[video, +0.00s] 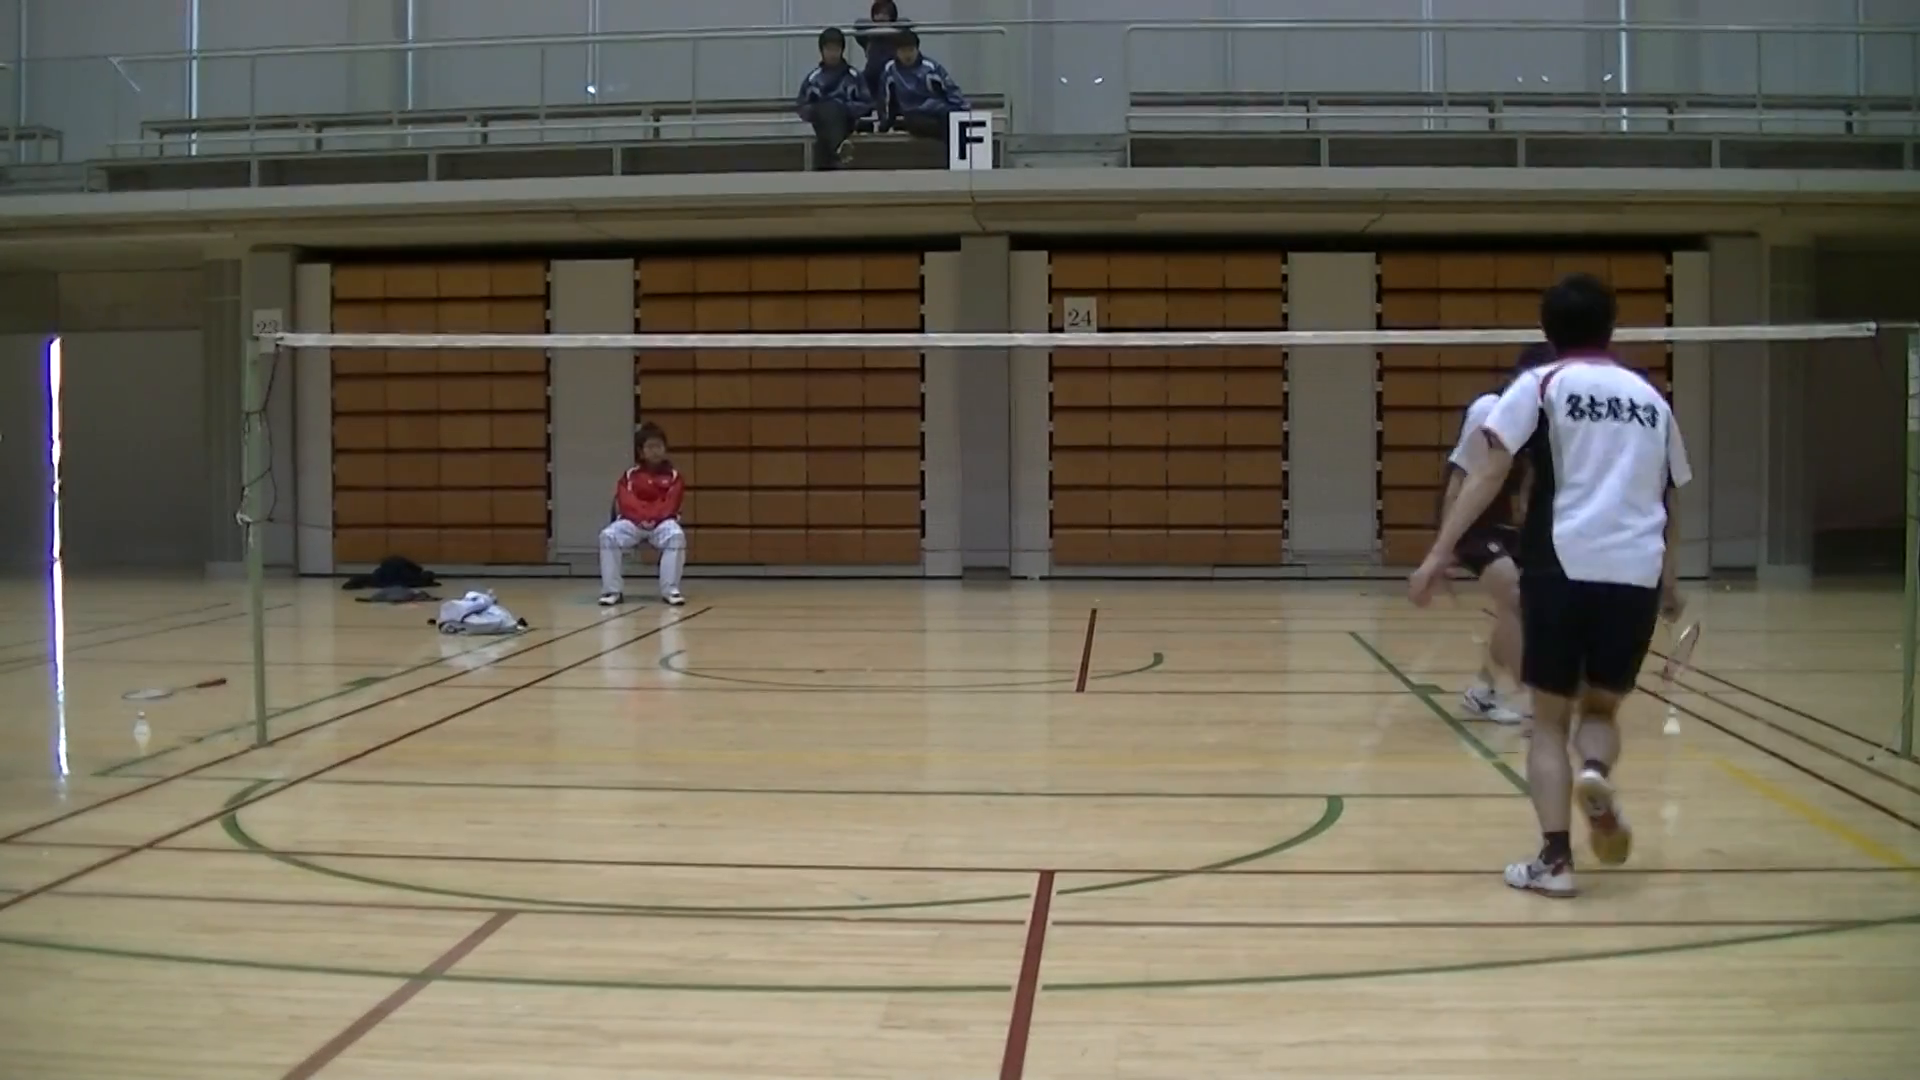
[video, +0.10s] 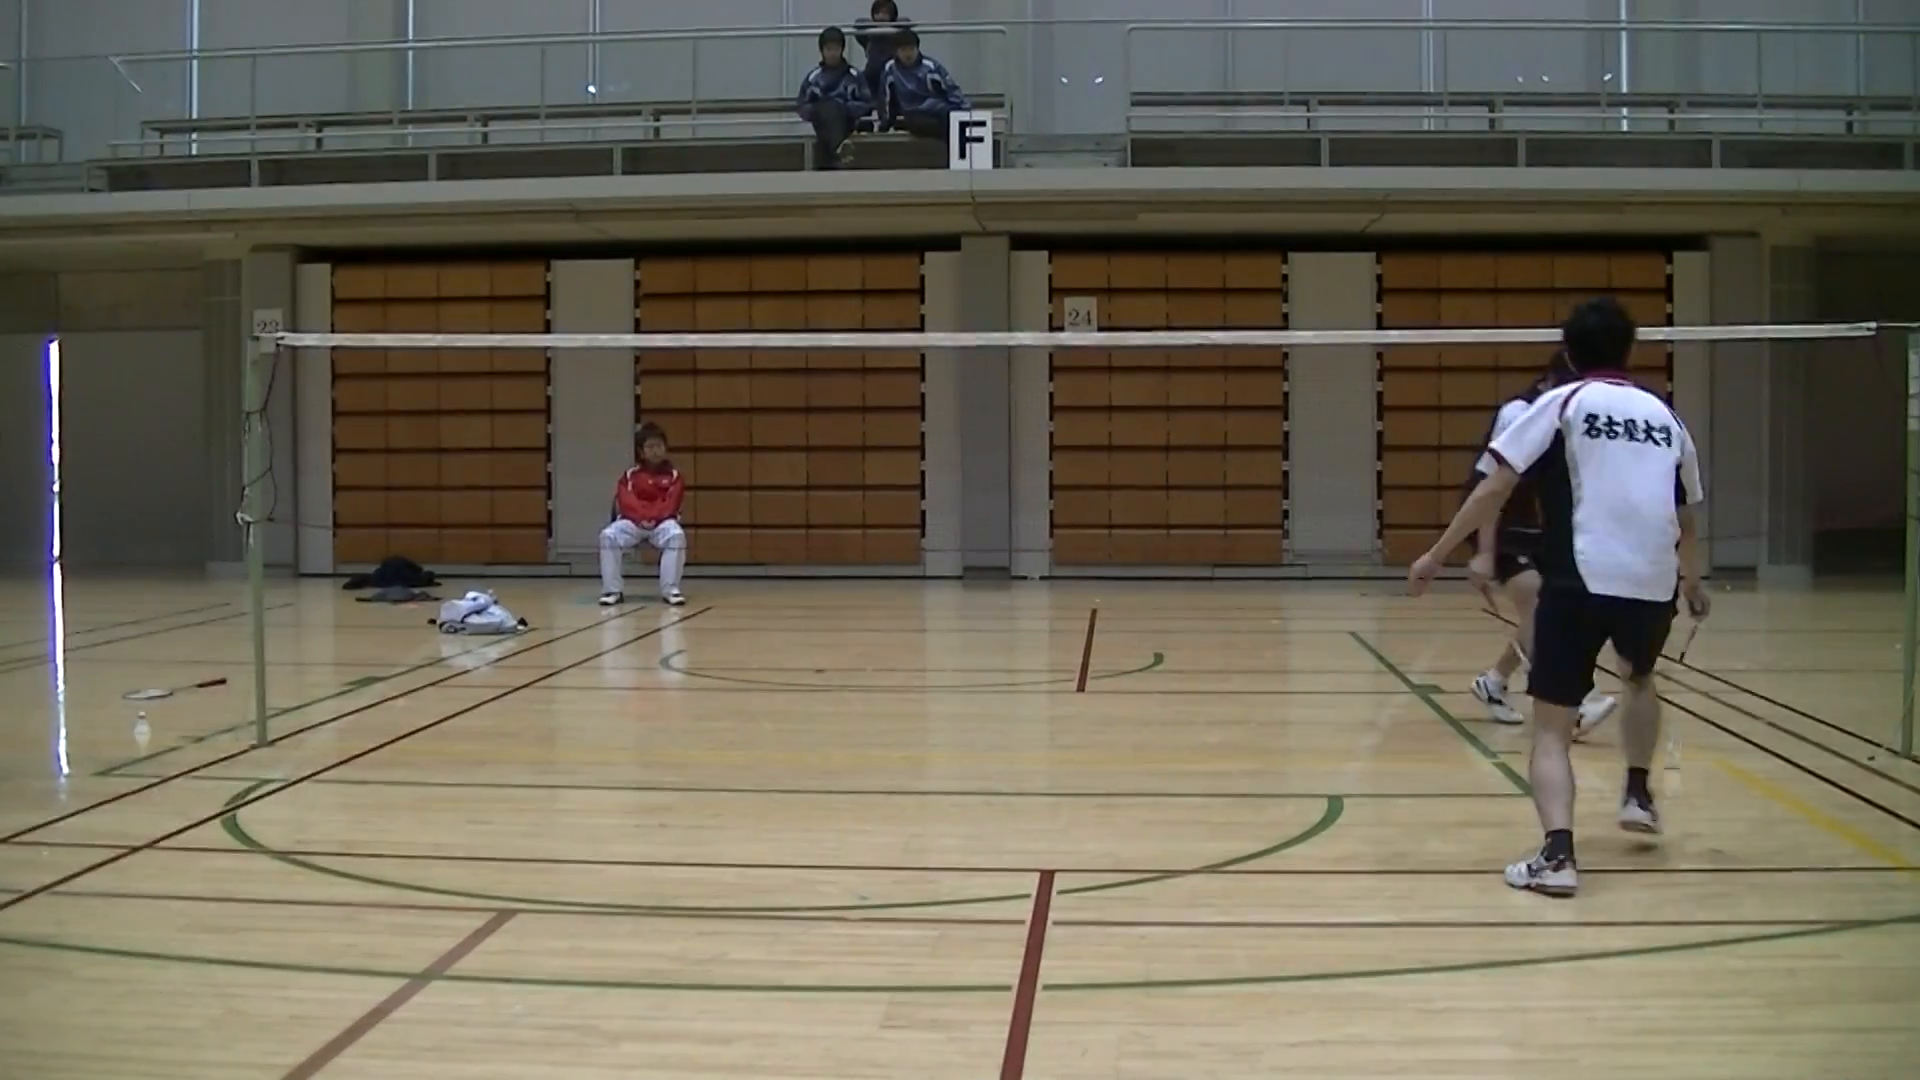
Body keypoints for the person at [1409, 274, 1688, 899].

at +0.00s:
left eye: (1547, 327)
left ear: (1550, 330)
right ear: (1611, 330)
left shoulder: (1537, 386)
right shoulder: (1651, 399)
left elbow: (1489, 473)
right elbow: (1669, 502)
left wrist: (1441, 552)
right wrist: (1669, 581)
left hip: (1559, 577)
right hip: (1635, 582)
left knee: (1549, 724)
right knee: (1602, 707)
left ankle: (1555, 859)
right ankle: (1595, 774)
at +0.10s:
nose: (1565, 356)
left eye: (1567, 348)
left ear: (1570, 351)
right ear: (1630, 351)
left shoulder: (1558, 403)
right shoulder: (1666, 415)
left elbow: (1495, 486)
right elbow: (1685, 516)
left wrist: (1435, 556)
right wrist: (1691, 580)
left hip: (1578, 586)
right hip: (1653, 590)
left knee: (1551, 733)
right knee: (1641, 679)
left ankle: (1558, 855)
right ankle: (1637, 794)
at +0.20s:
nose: (1591, 378)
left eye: (1594, 370)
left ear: (1597, 373)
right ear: (1653, 373)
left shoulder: (1589, 414)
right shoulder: (1684, 434)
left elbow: (1527, 489)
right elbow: (1702, 528)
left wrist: (1468, 544)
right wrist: (1706, 594)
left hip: (1602, 587)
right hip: (1672, 593)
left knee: (1574, 714)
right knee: (1669, 674)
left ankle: (1572, 829)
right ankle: (1679, 772)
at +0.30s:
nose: (1617, 424)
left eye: (1619, 415)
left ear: (1624, 416)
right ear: (1677, 418)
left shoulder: (1619, 449)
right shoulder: (1706, 477)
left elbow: (1561, 509)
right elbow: (1720, 568)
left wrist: (1497, 562)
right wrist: (1718, 633)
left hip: (1629, 607)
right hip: (1694, 615)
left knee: (1593, 734)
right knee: (1687, 681)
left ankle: (1601, 817)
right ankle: (1687, 780)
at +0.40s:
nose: (1623, 461)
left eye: (1627, 455)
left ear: (1637, 455)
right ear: (1688, 463)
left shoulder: (1632, 472)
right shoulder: (1715, 504)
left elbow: (1597, 514)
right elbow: (1732, 594)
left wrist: (1544, 570)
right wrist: (1729, 662)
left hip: (1645, 611)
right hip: (1708, 617)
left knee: (1609, 740)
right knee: (1688, 671)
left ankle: (1621, 803)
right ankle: (1685, 777)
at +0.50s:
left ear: (1655, 462)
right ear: (1694, 473)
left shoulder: (1644, 473)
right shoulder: (1721, 509)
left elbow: (1613, 503)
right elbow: (1739, 606)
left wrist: (1570, 555)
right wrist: (1739, 674)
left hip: (1655, 594)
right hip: (1720, 602)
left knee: (1622, 720)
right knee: (1696, 667)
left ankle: (1638, 790)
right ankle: (1685, 775)